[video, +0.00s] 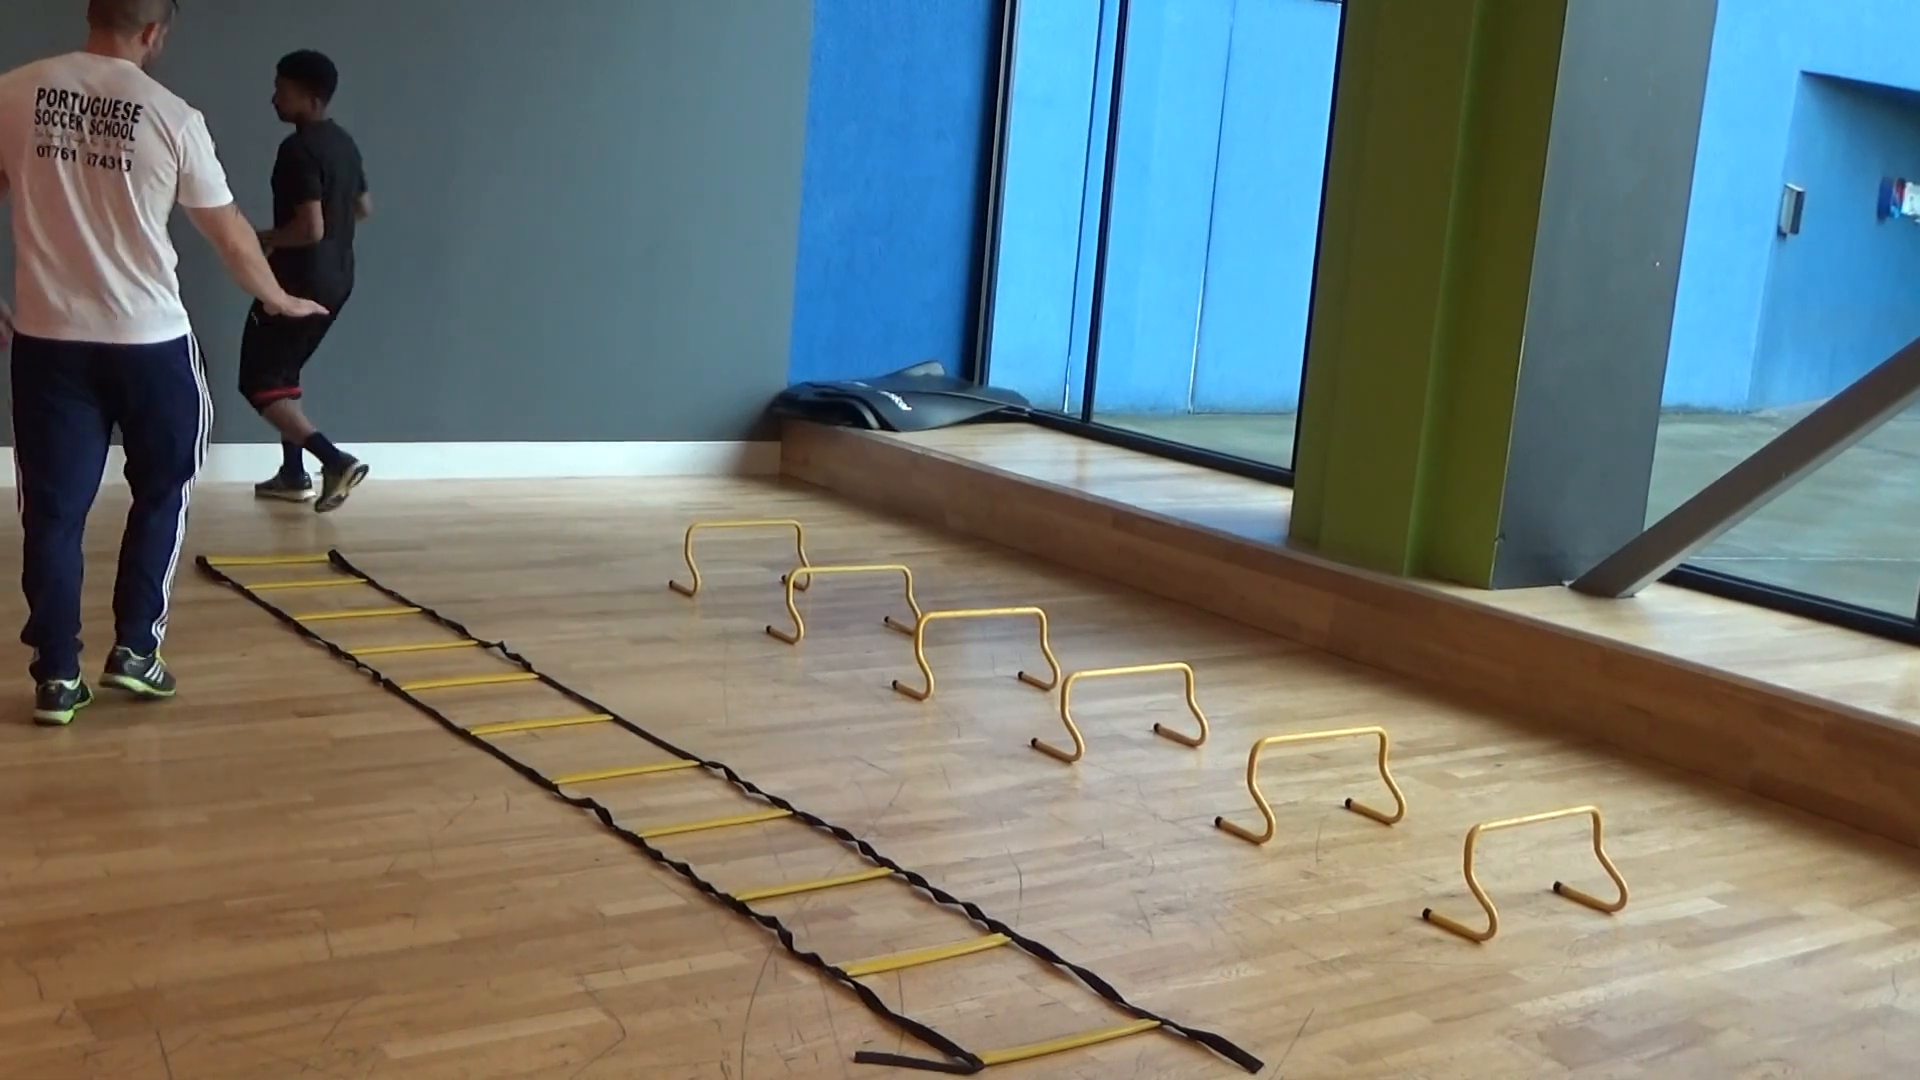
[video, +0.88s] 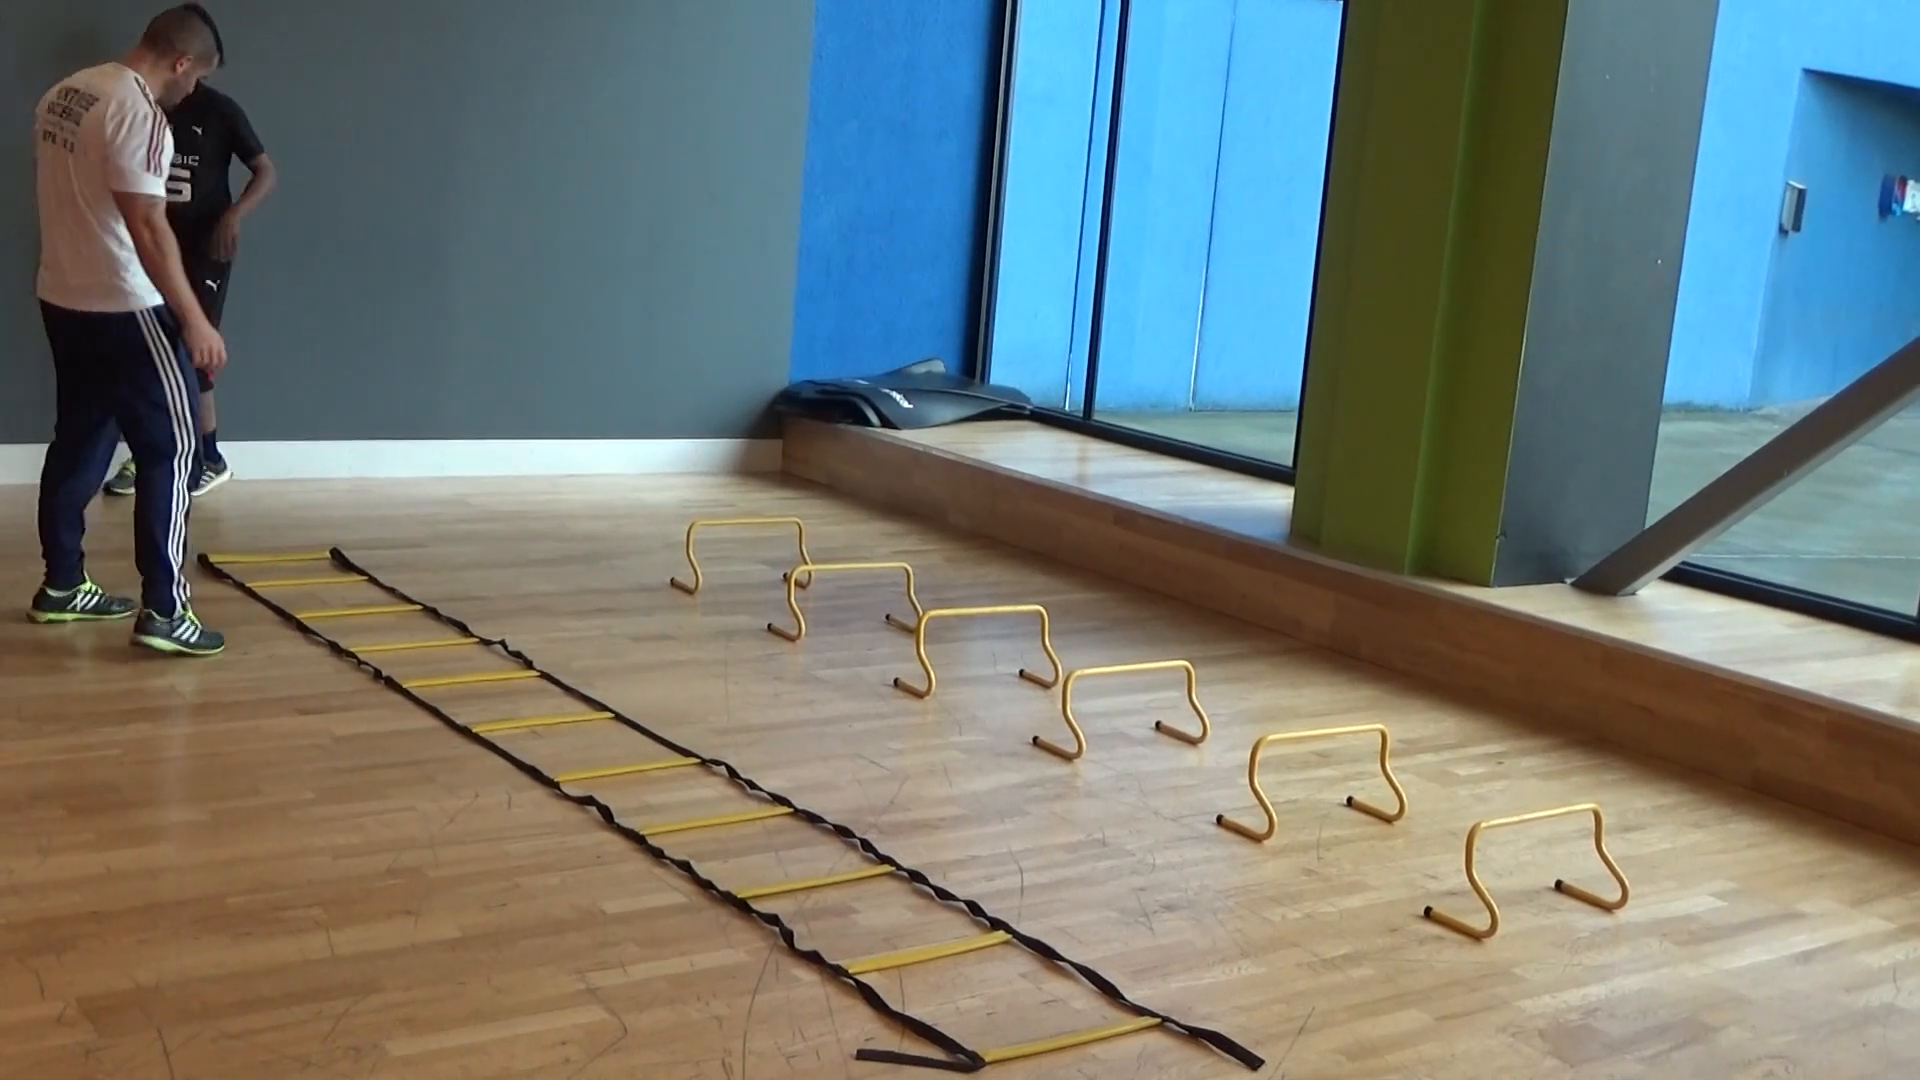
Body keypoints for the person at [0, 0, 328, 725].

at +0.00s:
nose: (162, 47)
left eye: (161, 33)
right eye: (163, 33)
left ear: (88, 19)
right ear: (150, 31)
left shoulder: (15, 89)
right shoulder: (173, 119)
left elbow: (11, 186)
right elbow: (229, 234)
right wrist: (279, 299)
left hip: (45, 337)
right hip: (148, 340)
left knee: (53, 508)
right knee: (163, 490)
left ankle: (56, 676)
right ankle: (136, 650)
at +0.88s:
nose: (188, 93)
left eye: (194, 82)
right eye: (193, 80)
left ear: (145, 44)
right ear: (177, 60)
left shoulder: (63, 92)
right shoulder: (136, 111)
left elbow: (64, 204)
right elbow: (147, 226)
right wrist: (196, 319)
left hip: (66, 301)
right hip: (127, 305)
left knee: (81, 439)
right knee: (171, 449)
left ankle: (63, 586)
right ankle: (166, 610)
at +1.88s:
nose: (67, 60)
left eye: (71, 50)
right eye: (64, 47)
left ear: (31, 37)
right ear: (31, 37)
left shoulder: (16, 102)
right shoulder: (5, 102)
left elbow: (14, 200)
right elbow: (3, 206)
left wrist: (23, 272)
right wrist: (1, 303)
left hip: (15, 289)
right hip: (6, 294)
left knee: (2, 437)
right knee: (0, 438)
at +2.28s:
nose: (35, 73)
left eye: (40, 63)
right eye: (36, 60)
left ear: (11, 48)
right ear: (10, 46)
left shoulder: (4, 105)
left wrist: (16, 282)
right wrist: (15, 281)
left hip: (7, 292)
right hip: (5, 294)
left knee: (24, 398)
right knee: (22, 399)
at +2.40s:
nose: (40, 72)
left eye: (45, 63)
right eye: (40, 60)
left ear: (13, 48)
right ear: (12, 46)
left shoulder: (5, 107)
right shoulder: (1, 108)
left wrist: (7, 278)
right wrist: (6, 282)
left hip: (5, 282)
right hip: (2, 286)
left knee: (22, 376)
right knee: (20, 378)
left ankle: (0, 533)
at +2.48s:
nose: (44, 78)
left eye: (49, 68)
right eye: (44, 65)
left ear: (15, 54)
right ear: (15, 51)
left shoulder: (7, 112)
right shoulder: (2, 113)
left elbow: (1, 205)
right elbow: (1, 209)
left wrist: (7, 275)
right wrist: (5, 282)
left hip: (4, 279)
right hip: (2, 284)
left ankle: (2, 521)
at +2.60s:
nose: (58, 84)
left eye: (64, 74)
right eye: (58, 72)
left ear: (26, 57)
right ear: (27, 56)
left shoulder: (12, 103)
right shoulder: (12, 110)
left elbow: (7, 203)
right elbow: (6, 205)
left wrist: (15, 283)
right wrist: (12, 293)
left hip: (9, 276)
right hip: (6, 280)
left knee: (9, 412)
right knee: (6, 414)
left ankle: (2, 520)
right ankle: (0, 524)